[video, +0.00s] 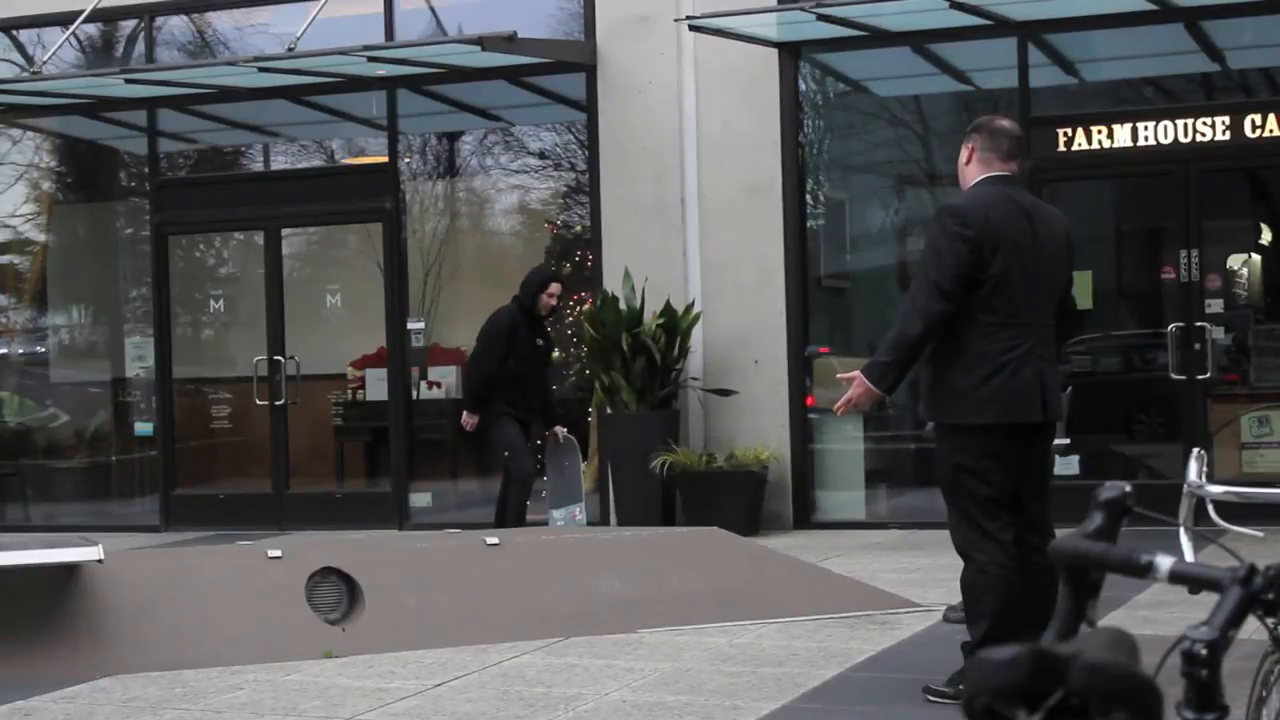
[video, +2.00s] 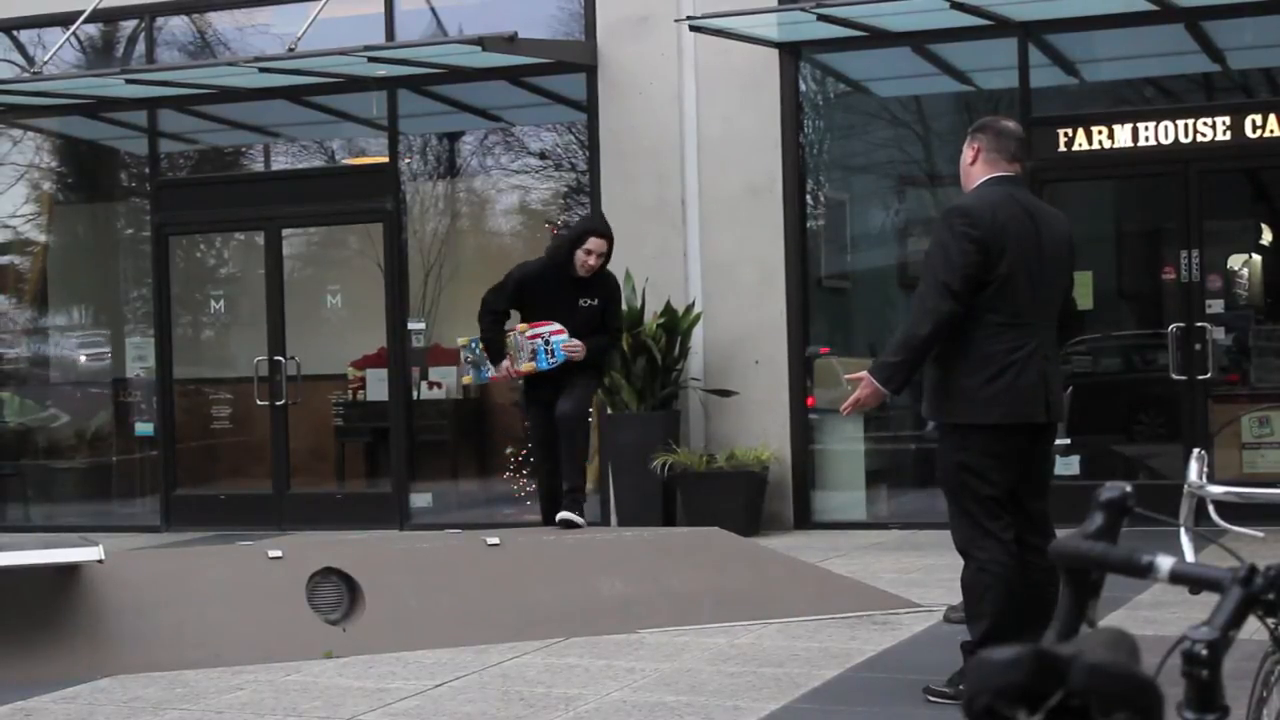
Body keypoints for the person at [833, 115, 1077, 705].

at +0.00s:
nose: (957, 168)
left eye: (959, 159)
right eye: (961, 159)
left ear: (970, 157)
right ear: (1020, 163)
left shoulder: (963, 216)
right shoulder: (1050, 221)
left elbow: (928, 308)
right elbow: (1067, 314)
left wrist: (878, 376)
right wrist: (1025, 353)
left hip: (972, 407)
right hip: (1033, 406)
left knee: (982, 538)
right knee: (1029, 532)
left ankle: (987, 674)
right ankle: (1030, 666)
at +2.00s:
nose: (959, 166)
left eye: (961, 156)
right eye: (962, 157)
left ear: (974, 154)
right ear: (1021, 162)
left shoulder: (968, 216)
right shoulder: (1051, 221)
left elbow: (934, 309)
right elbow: (1067, 317)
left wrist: (884, 376)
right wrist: (1023, 354)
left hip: (975, 408)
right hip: (1034, 407)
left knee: (983, 538)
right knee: (1029, 531)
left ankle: (987, 674)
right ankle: (1030, 666)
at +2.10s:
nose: (958, 166)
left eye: (960, 156)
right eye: (961, 157)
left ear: (973, 153)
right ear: (1021, 161)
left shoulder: (968, 217)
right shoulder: (1051, 221)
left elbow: (934, 310)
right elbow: (1067, 317)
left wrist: (884, 377)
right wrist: (1022, 351)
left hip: (975, 408)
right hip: (1034, 407)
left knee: (982, 538)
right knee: (1029, 531)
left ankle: (987, 674)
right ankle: (1029, 665)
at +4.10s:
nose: (948, 170)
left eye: (950, 159)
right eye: (950, 160)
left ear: (967, 155)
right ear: (1008, 156)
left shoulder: (970, 218)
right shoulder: (1047, 221)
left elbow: (938, 311)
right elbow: (1061, 319)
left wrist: (890, 377)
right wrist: (1010, 348)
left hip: (976, 408)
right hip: (1032, 407)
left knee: (983, 539)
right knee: (1029, 531)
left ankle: (987, 674)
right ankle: (1027, 666)